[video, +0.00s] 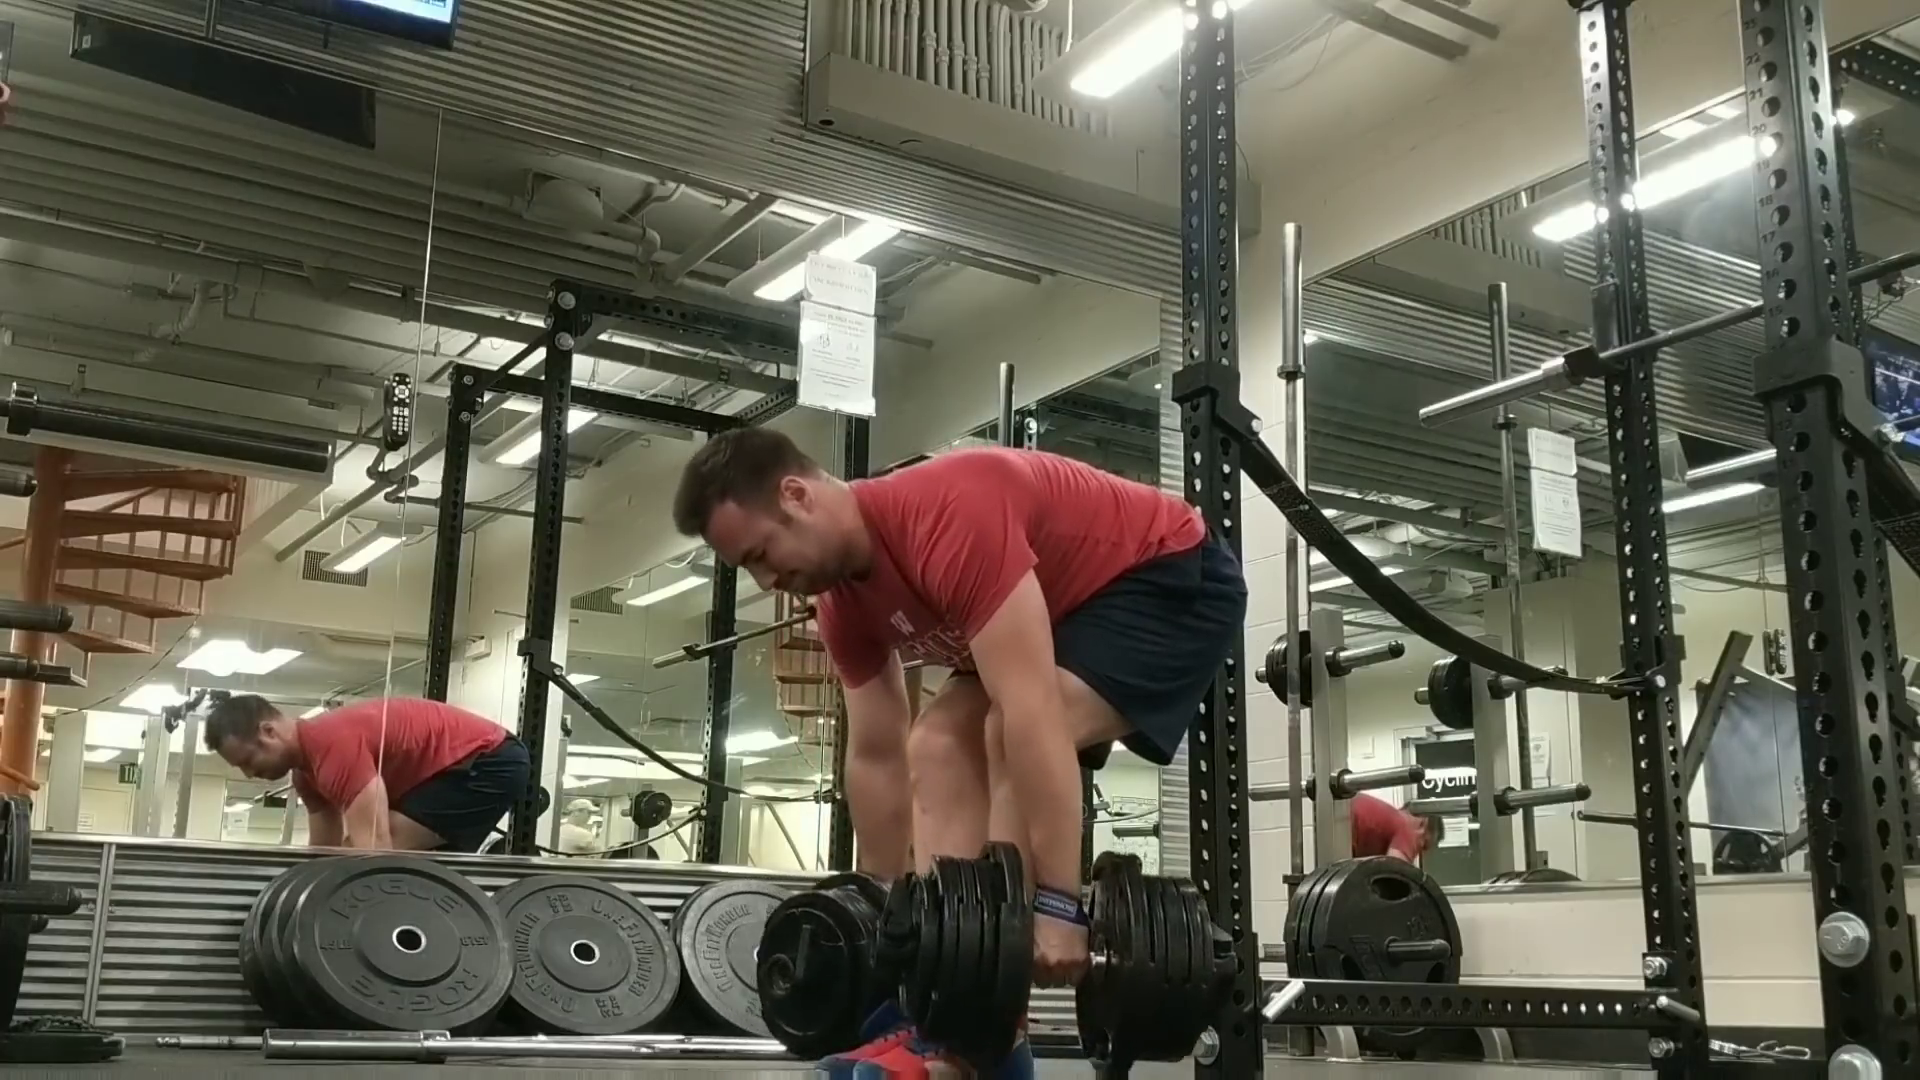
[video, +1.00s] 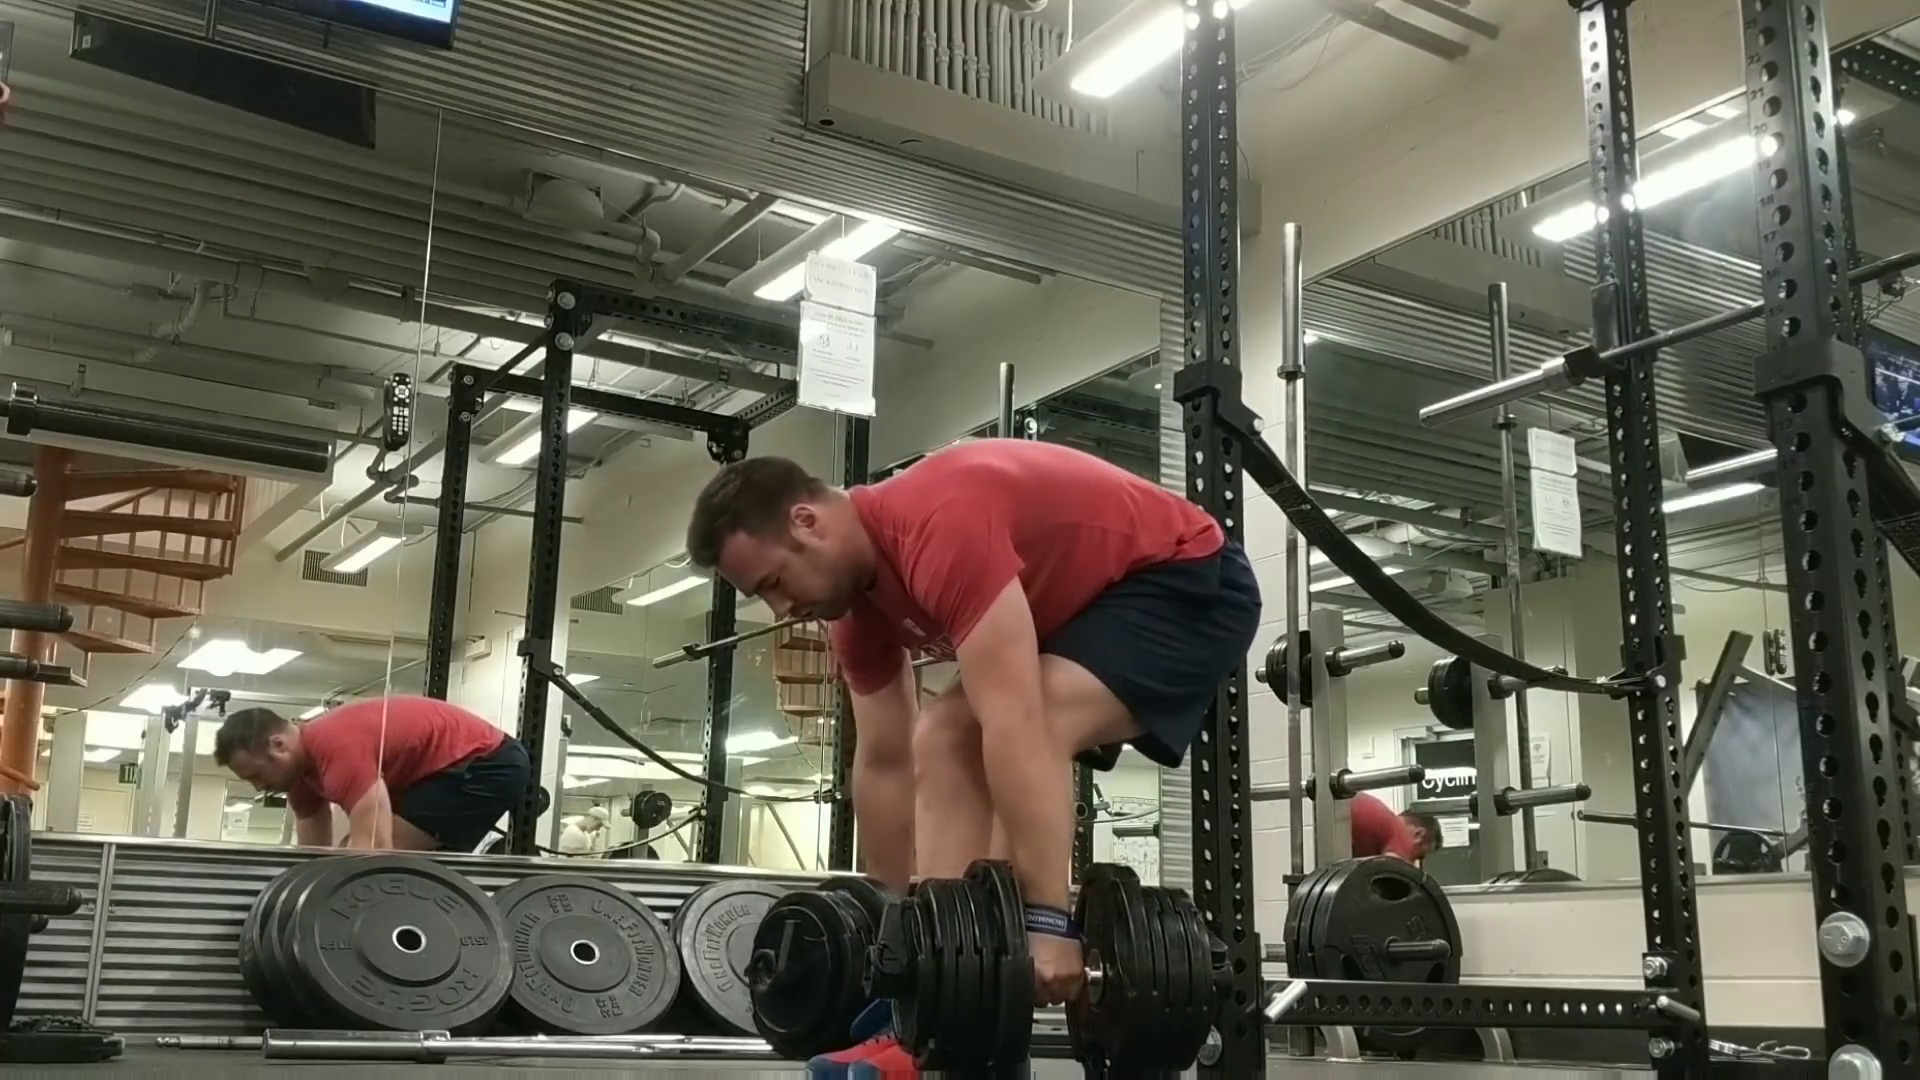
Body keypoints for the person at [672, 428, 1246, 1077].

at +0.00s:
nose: (766, 584)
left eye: (761, 556)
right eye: (748, 570)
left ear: (800, 493)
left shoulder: (956, 513)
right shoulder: (845, 602)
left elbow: (1030, 707)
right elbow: (876, 755)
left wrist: (1058, 907)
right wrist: (878, 931)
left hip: (1172, 576)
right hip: (1066, 608)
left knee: (1018, 730)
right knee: (937, 737)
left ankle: (991, 1031)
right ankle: (933, 1018)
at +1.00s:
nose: (778, 610)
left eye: (772, 584)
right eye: (761, 597)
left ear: (807, 523)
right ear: (806, 523)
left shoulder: (947, 525)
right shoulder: (859, 608)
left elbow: (1018, 722)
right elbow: (883, 764)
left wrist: (1049, 920)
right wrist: (886, 944)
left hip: (1186, 584)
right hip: (1082, 613)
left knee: (1021, 728)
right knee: (944, 730)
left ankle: (976, 1025)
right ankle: (918, 1007)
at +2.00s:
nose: (763, 546)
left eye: (761, 520)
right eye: (748, 535)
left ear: (801, 458)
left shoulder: (955, 494)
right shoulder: (845, 580)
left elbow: (1008, 695)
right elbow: (874, 733)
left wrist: (1031, 883)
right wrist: (876, 899)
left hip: (1170, 581)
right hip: (1071, 608)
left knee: (971, 739)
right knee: (934, 739)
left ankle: (989, 1030)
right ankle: (930, 1020)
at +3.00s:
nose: (757, 557)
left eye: (755, 530)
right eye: (742, 545)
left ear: (797, 470)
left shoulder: (944, 505)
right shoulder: (837, 591)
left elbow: (992, 703)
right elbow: (858, 746)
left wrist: (1001, 905)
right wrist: (850, 912)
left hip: (1169, 581)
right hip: (1062, 615)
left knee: (1021, 725)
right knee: (929, 738)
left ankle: (994, 1024)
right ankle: (927, 1021)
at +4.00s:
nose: (846, 473)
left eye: (833, 456)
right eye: (827, 469)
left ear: (836, 390)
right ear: (835, 390)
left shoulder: (983, 374)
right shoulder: (872, 462)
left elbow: (1144, 463)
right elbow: (953, 555)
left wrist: (1142, 625)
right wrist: (932, 668)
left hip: (1157, 571)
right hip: (1050, 598)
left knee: (1006, 736)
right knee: (944, 733)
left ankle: (990, 1017)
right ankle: (941, 1000)